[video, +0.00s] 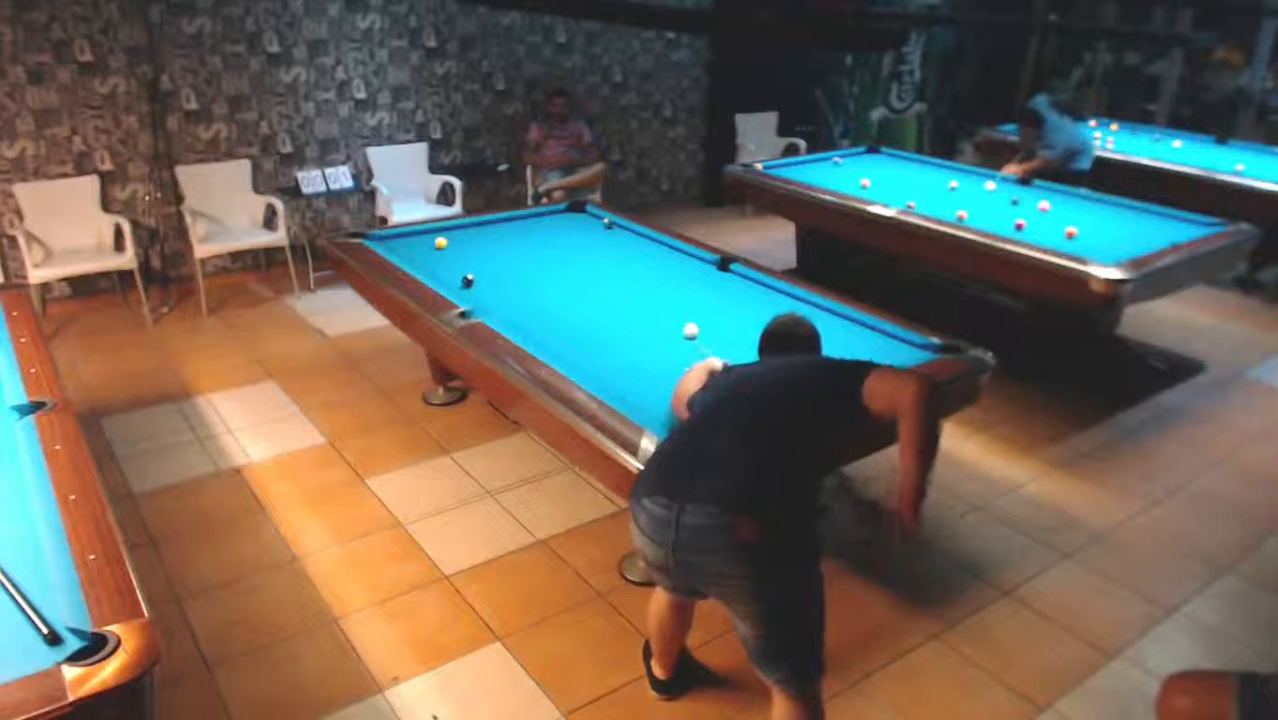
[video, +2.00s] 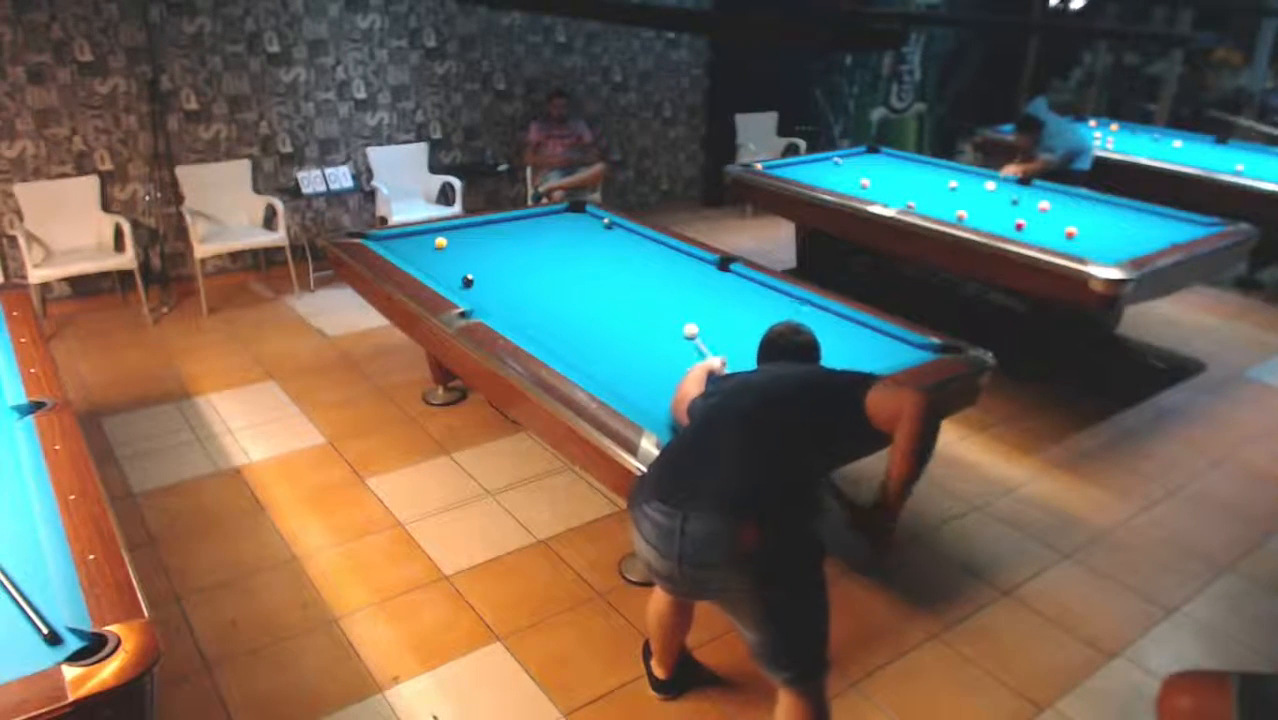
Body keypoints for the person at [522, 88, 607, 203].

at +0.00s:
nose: (559, 110)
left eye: (563, 106)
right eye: (555, 106)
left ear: (568, 108)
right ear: (548, 107)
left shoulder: (578, 126)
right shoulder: (539, 127)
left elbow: (593, 155)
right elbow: (528, 156)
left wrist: (572, 160)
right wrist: (552, 161)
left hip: (576, 166)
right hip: (550, 169)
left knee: (602, 169)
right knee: (558, 196)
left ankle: (551, 186)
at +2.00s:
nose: (559, 111)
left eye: (563, 107)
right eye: (556, 107)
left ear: (568, 108)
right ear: (549, 108)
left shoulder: (578, 125)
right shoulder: (538, 126)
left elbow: (593, 154)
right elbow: (529, 158)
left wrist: (570, 160)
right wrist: (557, 161)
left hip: (576, 166)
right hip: (550, 169)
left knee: (601, 168)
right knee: (558, 196)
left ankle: (549, 187)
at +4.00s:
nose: (562, 111)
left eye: (565, 107)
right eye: (558, 107)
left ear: (570, 108)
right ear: (551, 108)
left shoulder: (579, 126)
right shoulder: (540, 127)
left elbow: (593, 154)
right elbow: (529, 157)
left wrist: (570, 160)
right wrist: (554, 162)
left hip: (577, 166)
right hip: (550, 170)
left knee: (601, 169)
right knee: (558, 196)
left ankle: (552, 185)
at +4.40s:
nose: (563, 110)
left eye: (566, 106)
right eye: (559, 106)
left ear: (571, 107)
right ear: (551, 108)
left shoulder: (579, 125)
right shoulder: (539, 126)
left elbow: (592, 155)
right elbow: (528, 157)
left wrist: (570, 160)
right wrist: (553, 162)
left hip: (576, 168)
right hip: (549, 171)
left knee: (601, 168)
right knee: (558, 196)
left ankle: (549, 188)